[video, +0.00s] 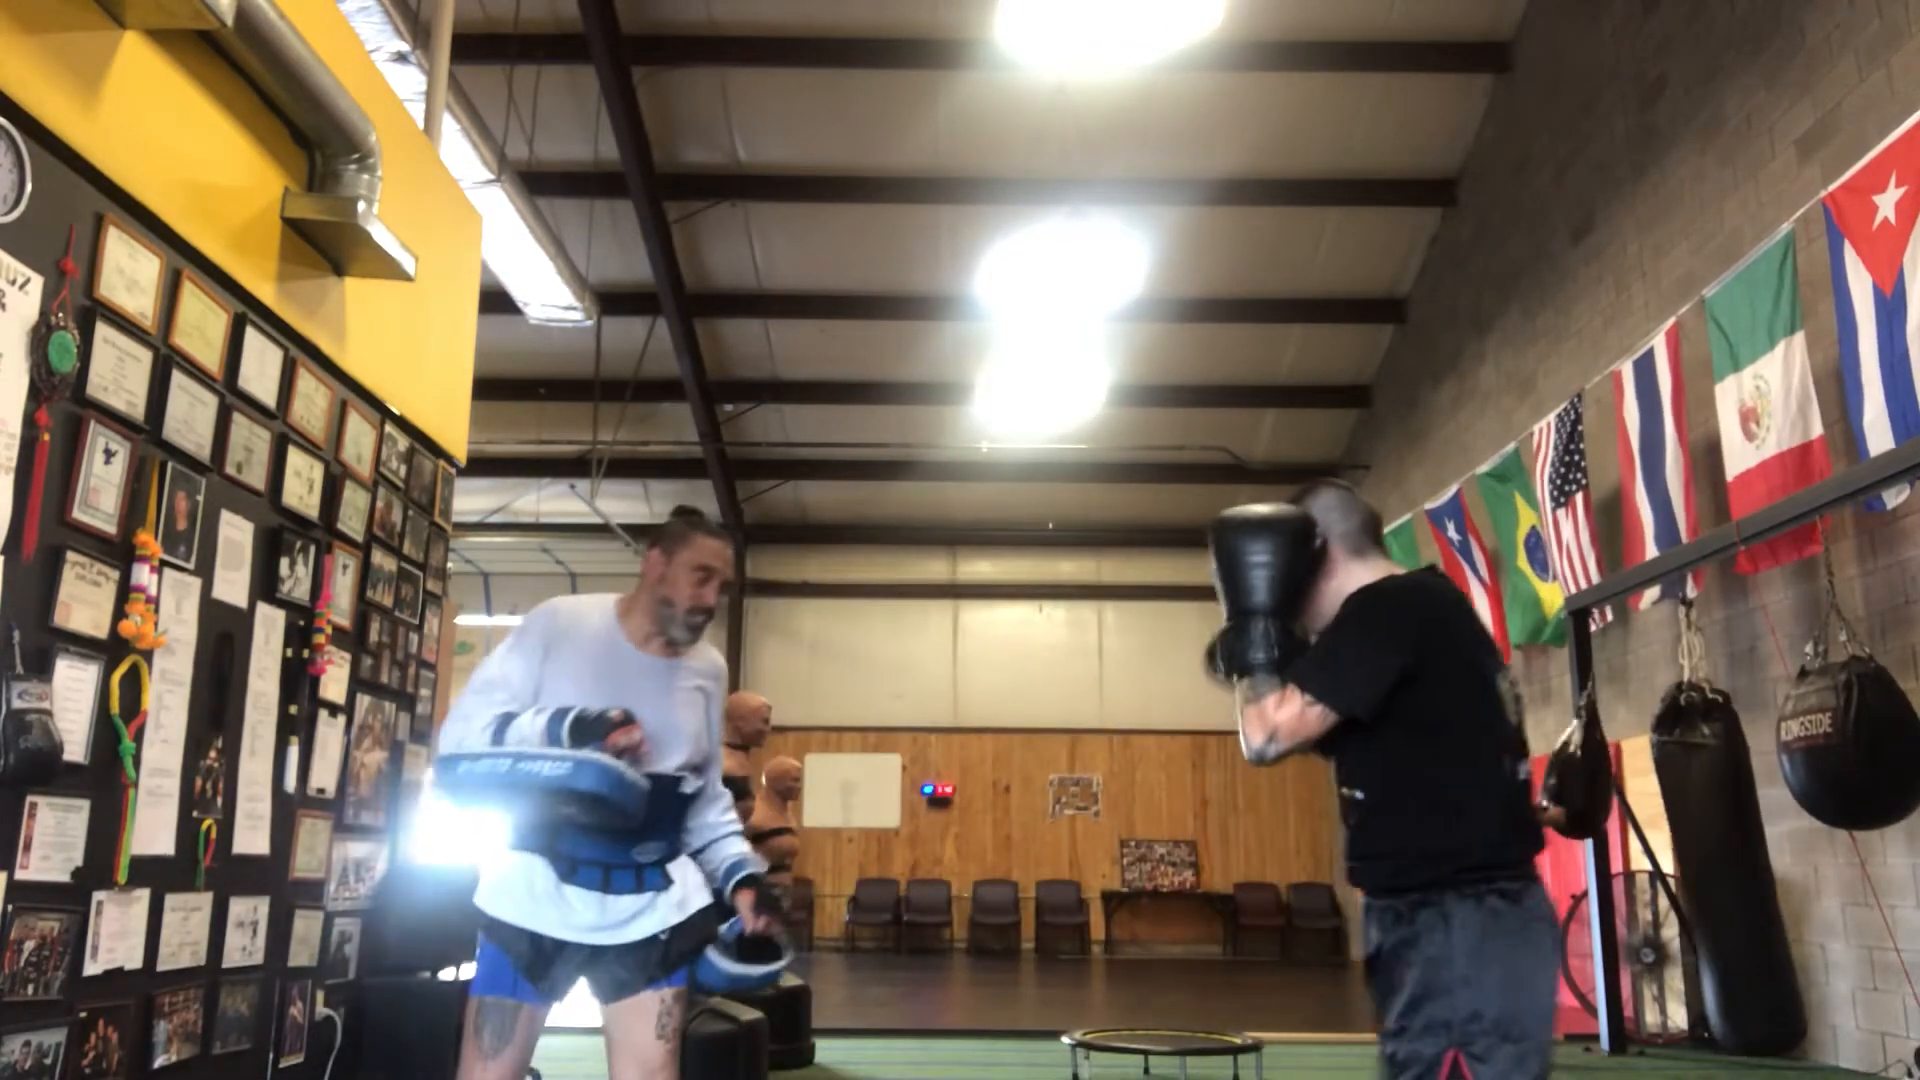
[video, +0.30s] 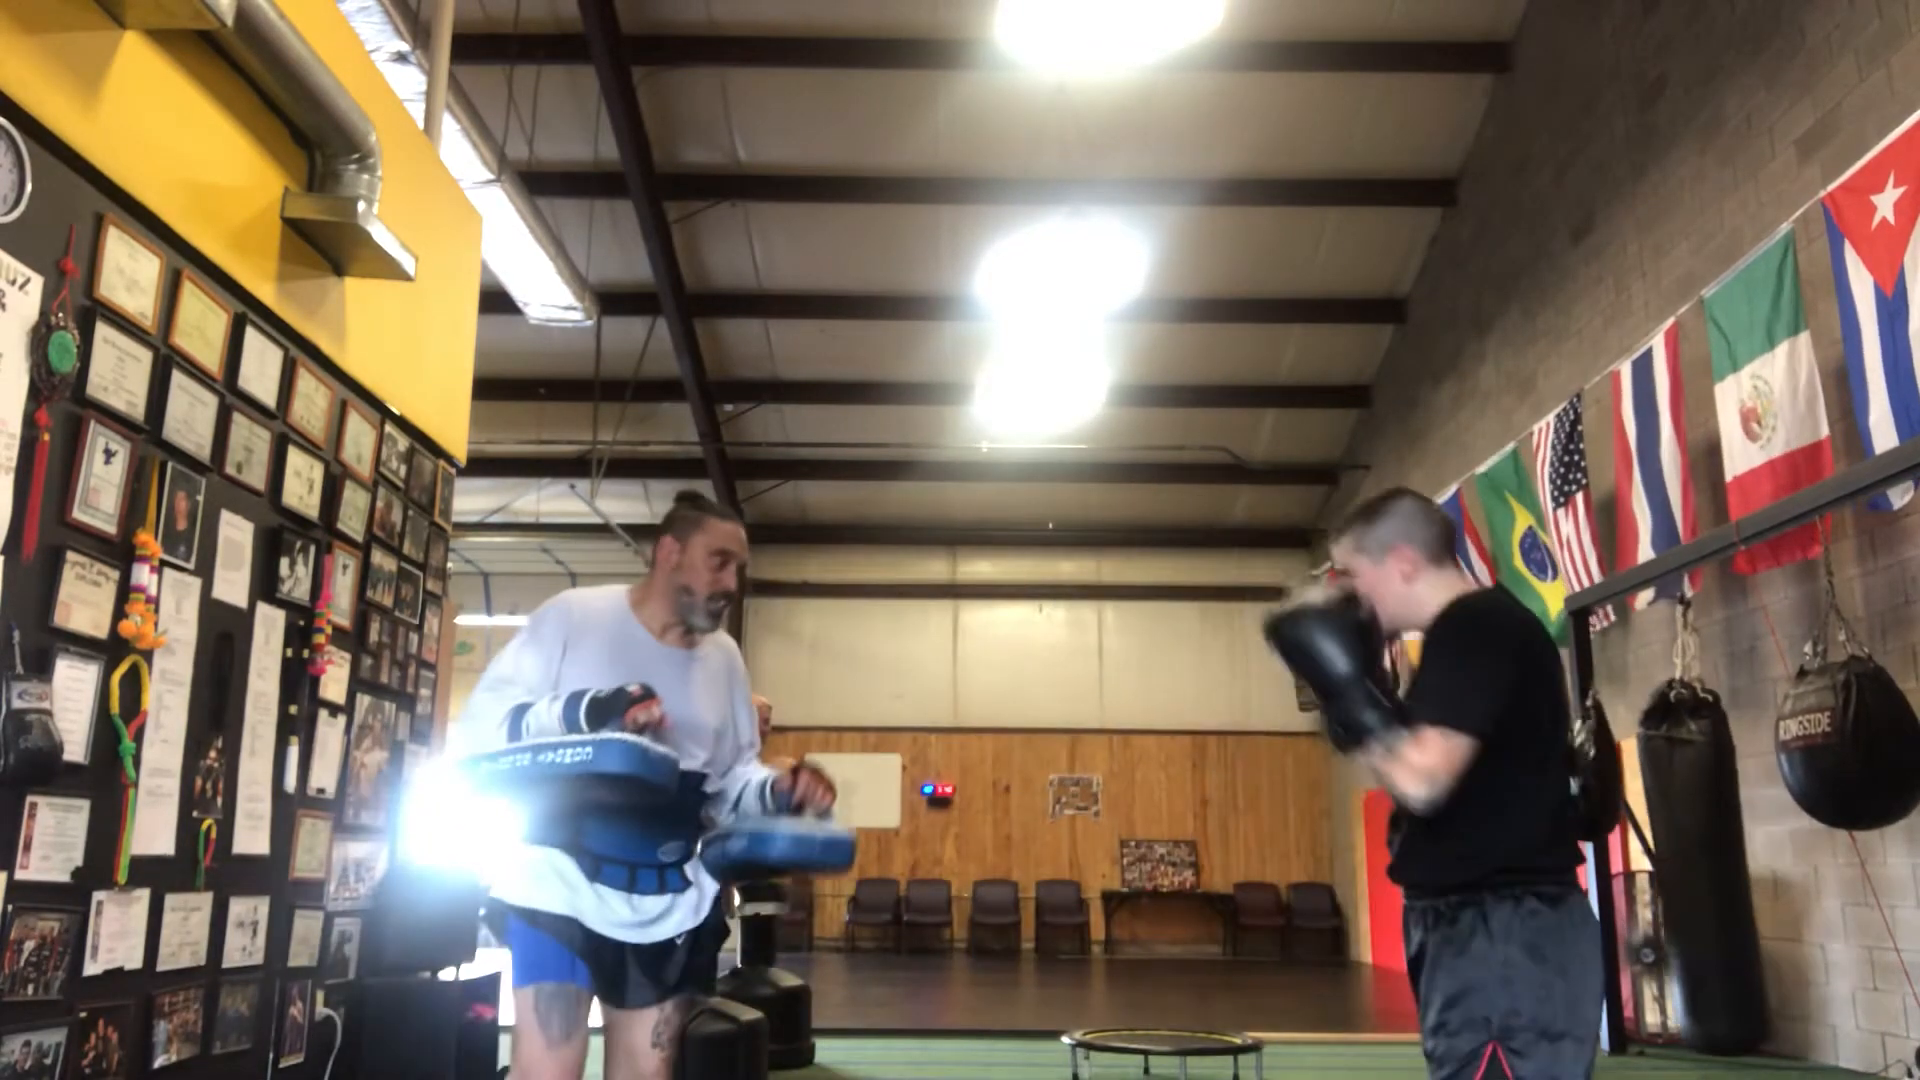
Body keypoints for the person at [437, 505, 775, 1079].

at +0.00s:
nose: (711, 599)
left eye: (722, 587)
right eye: (702, 577)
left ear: (726, 592)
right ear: (653, 563)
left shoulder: (706, 670)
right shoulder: (557, 626)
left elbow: (705, 798)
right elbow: (460, 737)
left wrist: (741, 877)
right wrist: (574, 730)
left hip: (652, 918)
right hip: (530, 907)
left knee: (652, 1072)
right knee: (487, 1073)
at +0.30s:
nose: (732, 584)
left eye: (739, 569)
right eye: (720, 563)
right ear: (667, 553)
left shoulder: (724, 662)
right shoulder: (570, 618)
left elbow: (726, 787)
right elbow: (477, 730)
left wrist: (781, 791)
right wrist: (593, 712)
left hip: (667, 908)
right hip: (552, 896)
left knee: (647, 1071)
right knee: (549, 1069)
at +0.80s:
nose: (723, 577)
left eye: (730, 564)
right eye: (716, 556)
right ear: (668, 537)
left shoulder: (694, 633)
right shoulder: (567, 598)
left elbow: (733, 748)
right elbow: (583, 726)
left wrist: (794, 654)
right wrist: (680, 602)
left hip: (694, 899)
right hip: (581, 901)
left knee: (776, 1055)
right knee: (569, 1072)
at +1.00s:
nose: (729, 568)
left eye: (744, 558)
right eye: (722, 552)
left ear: (744, 565)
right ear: (694, 543)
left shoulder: (731, 644)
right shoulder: (607, 593)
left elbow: (777, 746)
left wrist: (840, 643)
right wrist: (738, 560)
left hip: (713, 911)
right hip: (602, 910)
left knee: (776, 1069)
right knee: (581, 1072)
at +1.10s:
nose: (775, 578)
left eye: (781, 571)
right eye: (769, 562)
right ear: (730, 546)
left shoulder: (749, 661)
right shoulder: (630, 601)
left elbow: (812, 765)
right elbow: (686, 693)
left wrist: (870, 678)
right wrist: (751, 574)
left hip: (741, 927)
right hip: (628, 921)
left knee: (786, 1069)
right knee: (597, 1071)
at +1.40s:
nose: (849, 563)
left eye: (861, 552)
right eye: (836, 541)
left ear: (875, 568)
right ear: (805, 539)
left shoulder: (882, 660)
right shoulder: (717, 592)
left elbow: (987, 702)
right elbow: (695, 667)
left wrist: (1071, 629)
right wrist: (802, 580)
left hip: (808, 899)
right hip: (687, 887)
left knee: (827, 1067)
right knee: (645, 1061)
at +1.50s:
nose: (867, 569)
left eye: (884, 559)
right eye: (857, 546)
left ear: (892, 574)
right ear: (822, 537)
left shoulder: (905, 653)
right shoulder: (732, 592)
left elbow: (1014, 667)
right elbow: (703, 661)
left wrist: (1097, 583)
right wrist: (818, 567)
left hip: (815, 899)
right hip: (698, 883)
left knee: (833, 1065)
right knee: (668, 1055)